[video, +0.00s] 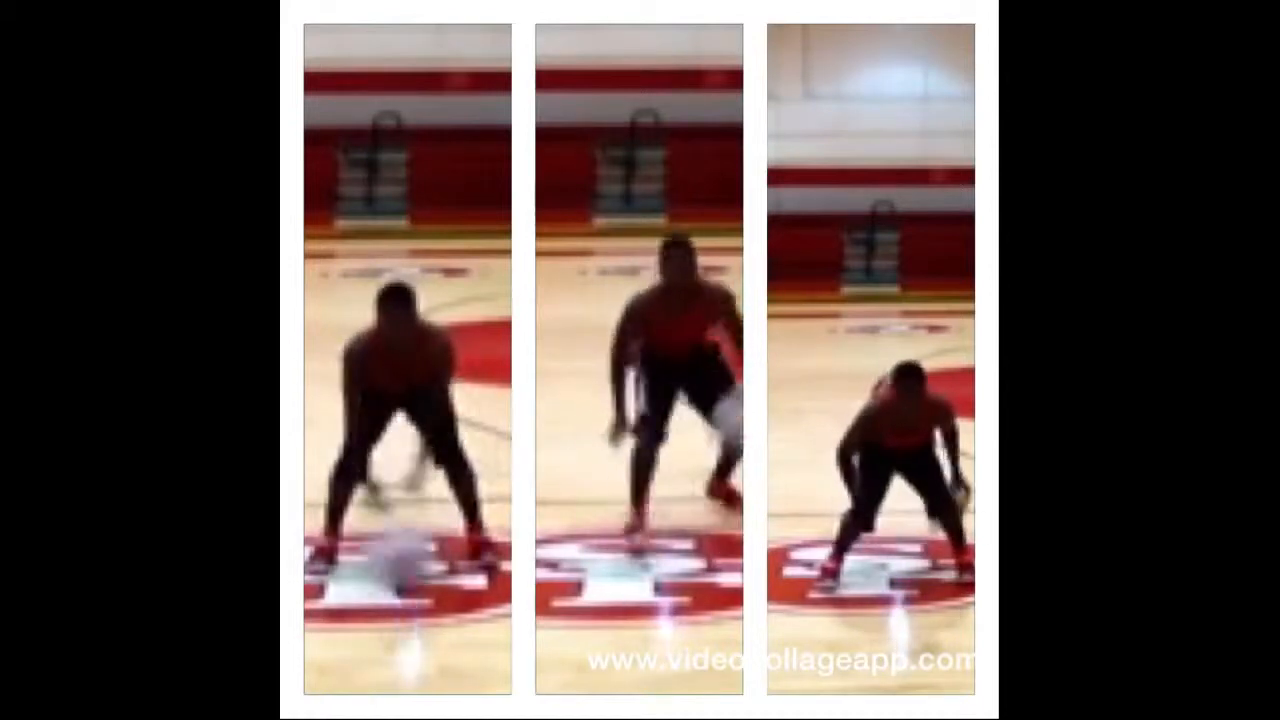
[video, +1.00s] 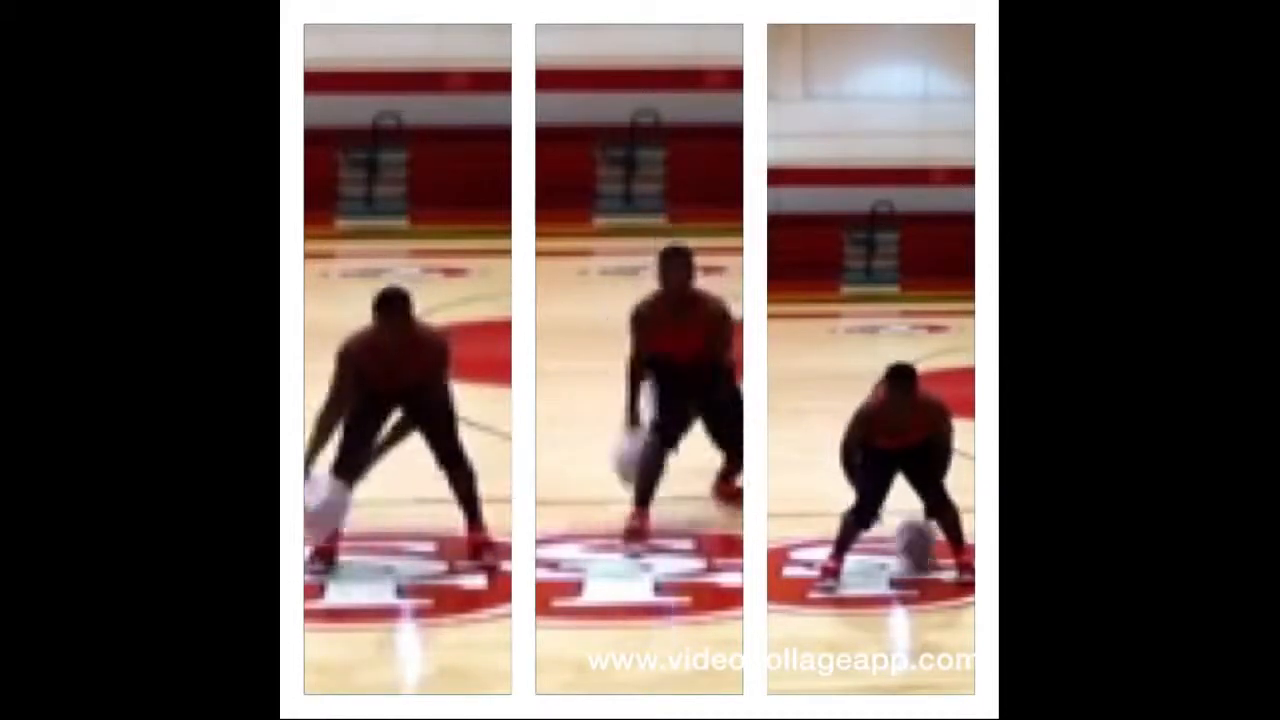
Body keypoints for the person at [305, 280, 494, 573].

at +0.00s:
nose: (397, 331)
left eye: (404, 321)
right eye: (389, 320)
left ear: (414, 316)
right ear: (379, 317)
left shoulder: (436, 345)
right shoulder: (360, 352)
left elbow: (439, 410)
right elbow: (354, 419)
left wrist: (422, 464)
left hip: (423, 394)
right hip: (376, 397)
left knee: (453, 459)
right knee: (349, 462)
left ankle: (476, 532)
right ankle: (330, 538)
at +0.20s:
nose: (407, 335)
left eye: (414, 325)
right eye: (399, 326)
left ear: (424, 321)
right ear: (388, 323)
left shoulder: (444, 342)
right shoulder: (370, 356)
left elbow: (482, 386)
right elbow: (379, 426)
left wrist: (513, 422)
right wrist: (422, 469)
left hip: (424, 395)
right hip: (376, 400)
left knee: (458, 462)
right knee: (351, 469)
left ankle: (477, 534)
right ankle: (330, 538)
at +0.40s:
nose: (395, 336)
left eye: (401, 327)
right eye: (388, 327)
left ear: (411, 321)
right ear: (376, 322)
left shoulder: (430, 349)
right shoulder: (356, 352)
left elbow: (409, 418)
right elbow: (333, 407)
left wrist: (371, 465)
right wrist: (311, 458)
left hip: (424, 398)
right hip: (374, 398)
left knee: (454, 461)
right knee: (346, 462)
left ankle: (476, 534)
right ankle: (326, 543)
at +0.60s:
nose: (398, 327)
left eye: (405, 316)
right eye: (390, 317)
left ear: (415, 313)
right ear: (380, 315)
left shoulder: (437, 343)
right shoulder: (363, 350)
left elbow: (445, 410)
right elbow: (379, 424)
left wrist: (445, 457)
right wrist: (403, 474)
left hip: (425, 392)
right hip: (375, 396)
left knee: (456, 458)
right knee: (350, 462)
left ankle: (477, 531)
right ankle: (329, 538)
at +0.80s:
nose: (408, 338)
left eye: (414, 327)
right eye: (400, 329)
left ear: (424, 322)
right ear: (389, 325)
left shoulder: (443, 349)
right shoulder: (370, 360)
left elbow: (475, 397)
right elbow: (385, 429)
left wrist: (501, 440)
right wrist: (423, 476)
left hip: (422, 390)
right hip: (375, 395)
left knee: (457, 460)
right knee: (353, 465)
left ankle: (476, 534)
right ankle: (330, 537)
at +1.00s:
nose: (394, 335)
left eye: (400, 325)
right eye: (387, 326)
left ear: (410, 320)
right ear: (376, 321)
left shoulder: (433, 346)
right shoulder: (356, 350)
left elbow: (417, 415)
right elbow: (335, 407)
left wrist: (373, 458)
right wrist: (308, 461)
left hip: (422, 395)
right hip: (374, 396)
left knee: (451, 456)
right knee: (348, 463)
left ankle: (477, 530)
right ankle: (328, 540)